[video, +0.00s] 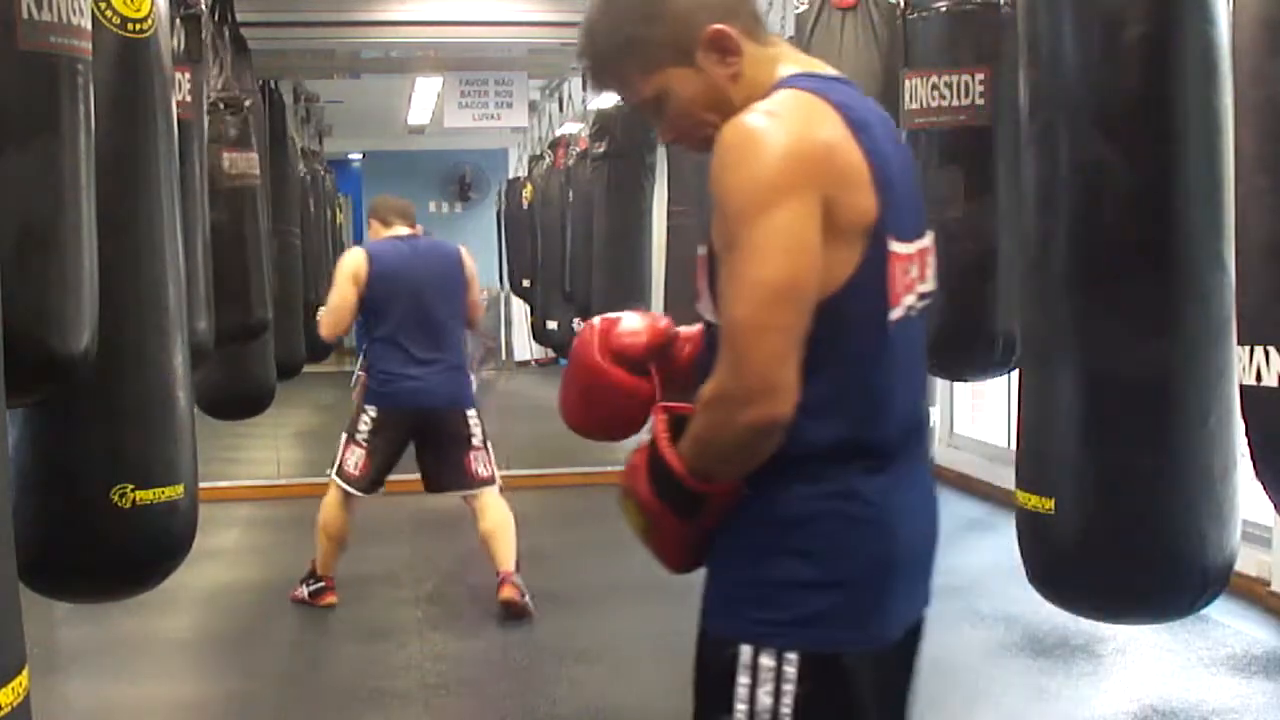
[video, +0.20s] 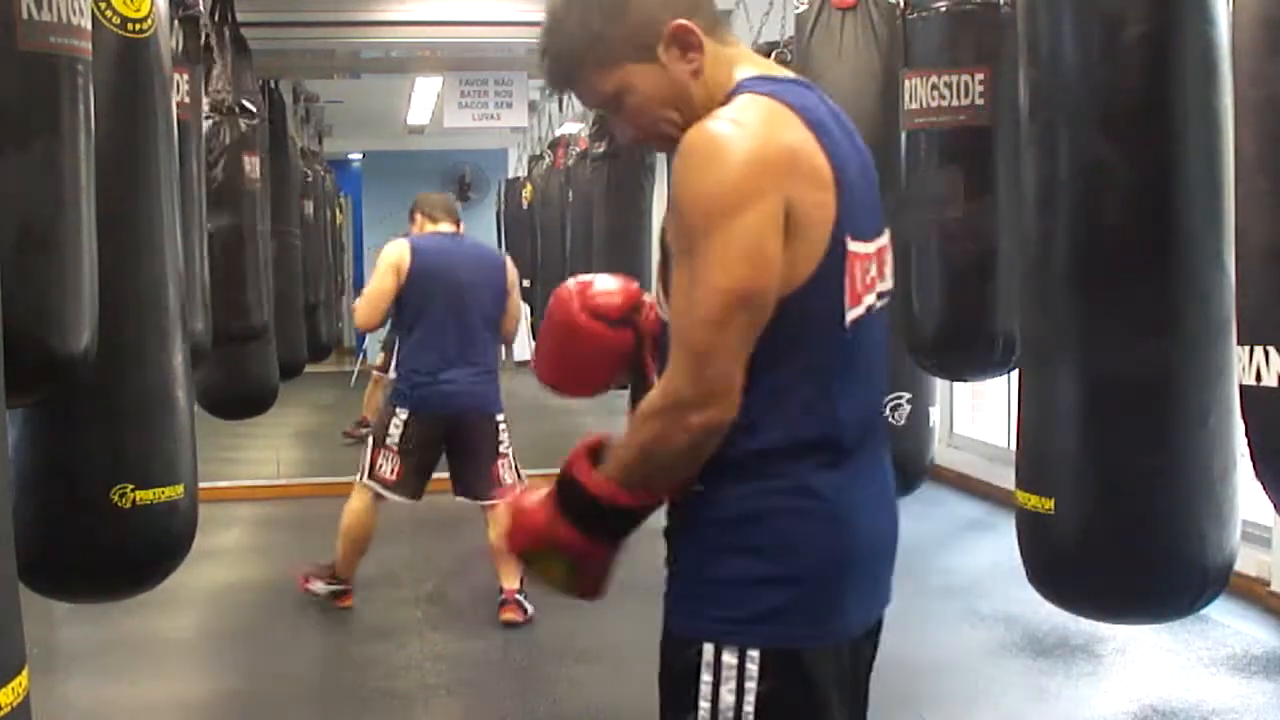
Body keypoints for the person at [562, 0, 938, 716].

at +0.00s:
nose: (663, 133)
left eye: (659, 103)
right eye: (647, 114)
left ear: (723, 51)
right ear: (727, 51)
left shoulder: (768, 136)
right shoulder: (845, 113)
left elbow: (758, 400)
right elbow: (838, 346)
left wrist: (671, 484)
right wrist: (683, 357)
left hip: (805, 551)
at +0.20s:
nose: (621, 133)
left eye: (616, 103)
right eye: (605, 113)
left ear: (682, 47)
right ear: (687, 48)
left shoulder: (731, 143)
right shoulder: (804, 114)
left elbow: (699, 403)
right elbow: (791, 350)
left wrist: (586, 513)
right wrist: (655, 341)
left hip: (760, 555)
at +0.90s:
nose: (616, 122)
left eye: (615, 93)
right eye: (604, 102)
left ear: (684, 52)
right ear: (687, 55)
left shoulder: (741, 137)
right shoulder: (751, 118)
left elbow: (644, 371)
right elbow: (640, 252)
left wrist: (583, 406)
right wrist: (547, 301)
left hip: (732, 546)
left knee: (716, 711)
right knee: (824, 706)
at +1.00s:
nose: (613, 119)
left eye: (613, 92)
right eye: (603, 100)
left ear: (686, 53)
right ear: (687, 56)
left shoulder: (753, 137)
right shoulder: (708, 127)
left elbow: (618, 346)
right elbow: (626, 254)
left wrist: (604, 420)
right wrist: (556, 337)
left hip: (733, 542)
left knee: (713, 712)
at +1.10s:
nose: (605, 104)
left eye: (608, 73)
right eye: (595, 80)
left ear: (685, 44)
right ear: (683, 50)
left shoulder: (747, 133)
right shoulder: (690, 120)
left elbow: (619, 343)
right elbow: (614, 251)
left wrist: (619, 421)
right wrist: (562, 342)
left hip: (729, 536)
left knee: (710, 710)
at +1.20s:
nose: (594, 80)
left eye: (604, 46)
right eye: (587, 54)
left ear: (685, 30)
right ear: (683, 38)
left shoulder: (736, 126)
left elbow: (598, 319)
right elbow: (591, 249)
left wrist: (614, 383)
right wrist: (551, 351)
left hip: (729, 536)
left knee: (714, 710)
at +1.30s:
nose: (590, 72)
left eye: (601, 37)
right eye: (585, 45)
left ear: (680, 27)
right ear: (679, 34)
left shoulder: (719, 119)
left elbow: (577, 303)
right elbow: (566, 273)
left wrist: (619, 374)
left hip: (729, 533)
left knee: (709, 711)